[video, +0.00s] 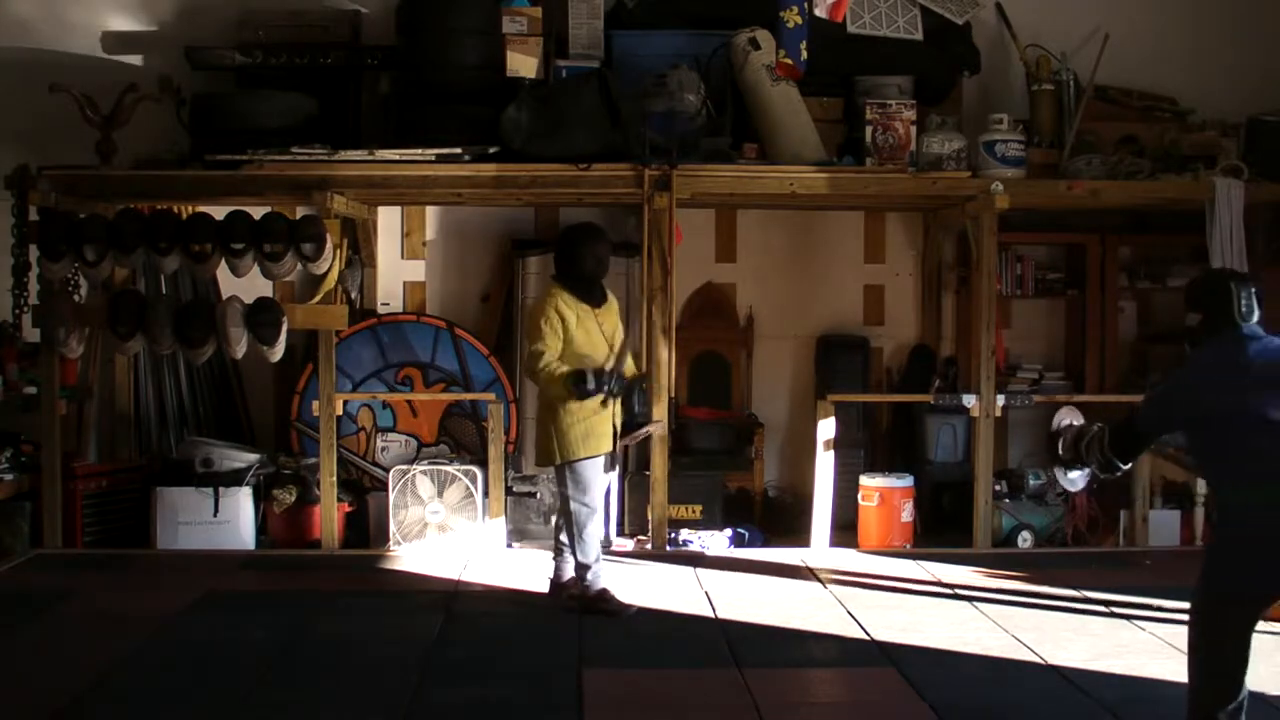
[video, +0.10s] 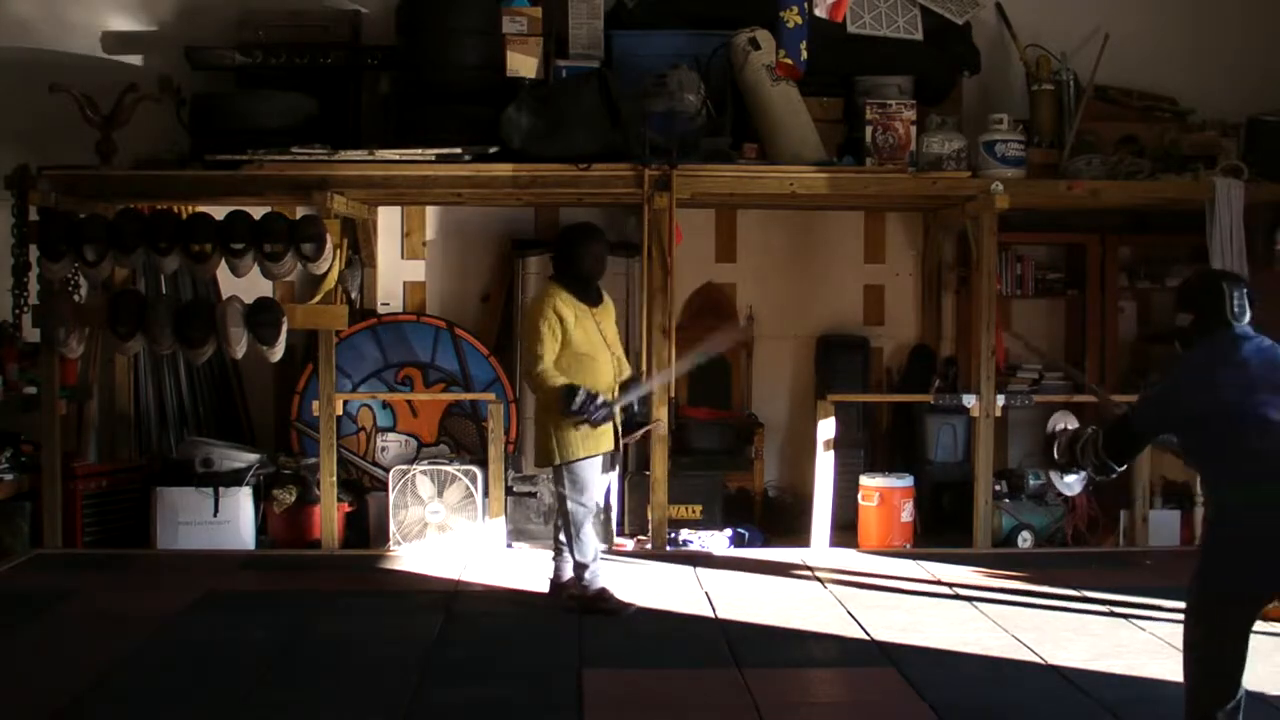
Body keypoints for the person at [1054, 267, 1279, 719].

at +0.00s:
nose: (1185, 323)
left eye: (1190, 313)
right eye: (1189, 313)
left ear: (1201, 317)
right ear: (1250, 309)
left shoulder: (1201, 373)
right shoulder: (1274, 353)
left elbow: (1121, 444)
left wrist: (1075, 436)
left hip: (1252, 533)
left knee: (1216, 633)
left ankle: (1216, 710)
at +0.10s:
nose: (1176, 324)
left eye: (1180, 314)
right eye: (1178, 314)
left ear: (1193, 317)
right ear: (1243, 311)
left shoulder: (1189, 374)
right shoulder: (1272, 356)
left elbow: (1113, 448)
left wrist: (1071, 442)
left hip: (1249, 530)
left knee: (1212, 635)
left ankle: (1213, 711)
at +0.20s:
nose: (1150, 327)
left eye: (1155, 316)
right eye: (1152, 316)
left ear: (1168, 319)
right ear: (1215, 313)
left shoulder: (1162, 376)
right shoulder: (1261, 365)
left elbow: (1087, 452)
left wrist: (1040, 450)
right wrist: (1164, 460)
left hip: (1215, 534)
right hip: (1277, 529)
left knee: (1185, 682)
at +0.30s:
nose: (1138, 327)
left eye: (1143, 316)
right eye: (1141, 316)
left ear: (1156, 319)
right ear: (1204, 313)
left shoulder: (1148, 382)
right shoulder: (1242, 360)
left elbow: (1080, 457)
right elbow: (1266, 402)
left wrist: (1040, 452)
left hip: (1204, 536)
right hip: (1272, 528)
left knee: (1174, 681)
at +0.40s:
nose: (1111, 326)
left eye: (1116, 316)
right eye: (1112, 315)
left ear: (1128, 320)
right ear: (1175, 314)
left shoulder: (1122, 380)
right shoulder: (1216, 361)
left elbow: (1059, 459)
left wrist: (1017, 454)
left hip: (1181, 534)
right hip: (1257, 525)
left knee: (1144, 679)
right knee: (1268, 677)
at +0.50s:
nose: (1110, 330)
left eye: (1115, 319)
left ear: (1127, 322)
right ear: (1177, 315)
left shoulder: (1121, 378)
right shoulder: (1212, 361)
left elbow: (1055, 455)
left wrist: (1012, 455)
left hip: (1175, 539)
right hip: (1250, 529)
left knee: (1129, 684)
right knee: (1263, 680)